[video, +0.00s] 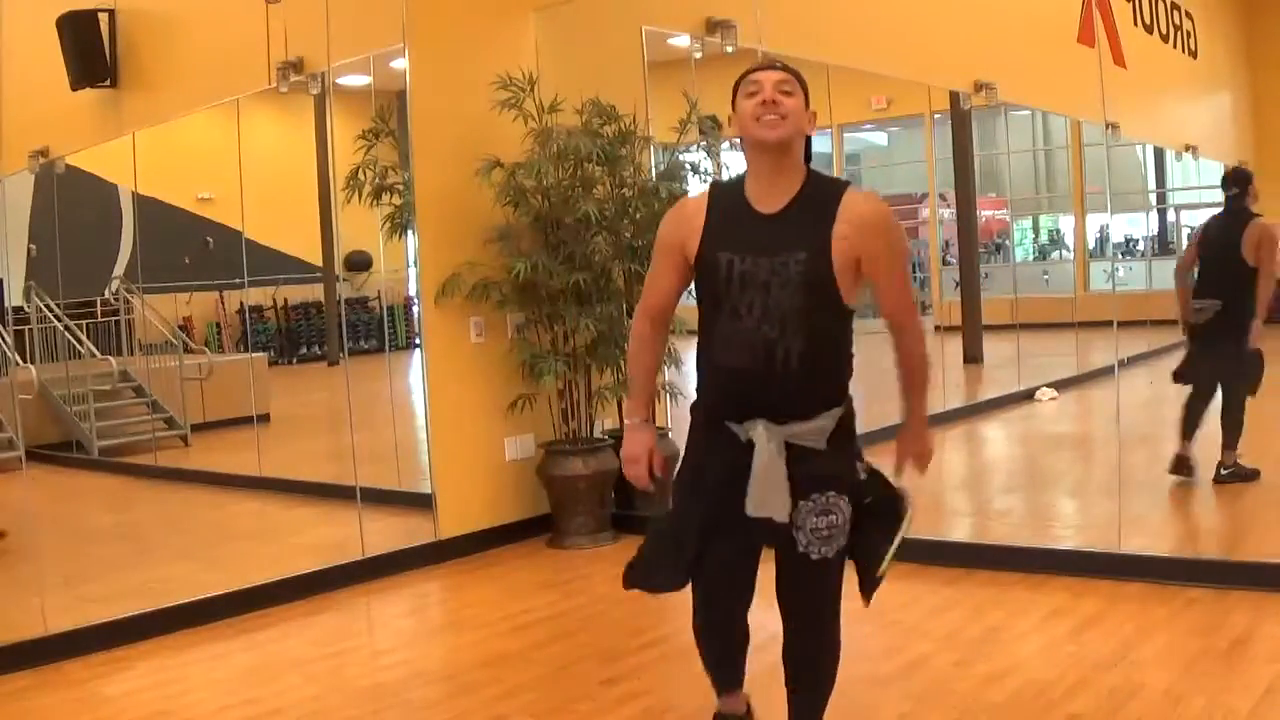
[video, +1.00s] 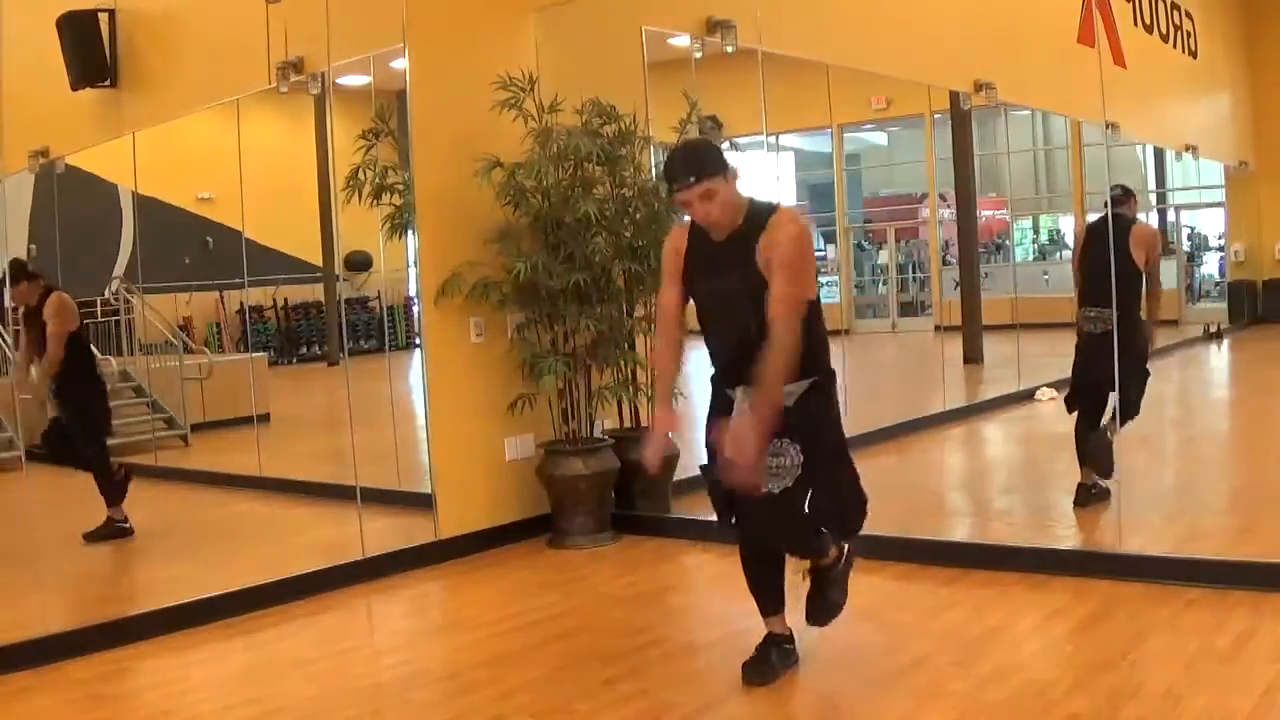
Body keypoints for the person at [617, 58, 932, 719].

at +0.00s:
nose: (769, 98)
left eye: (785, 91)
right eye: (753, 92)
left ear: (810, 120)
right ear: (734, 123)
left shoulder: (858, 214)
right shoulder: (692, 218)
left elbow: (906, 326)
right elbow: (649, 321)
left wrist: (915, 421)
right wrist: (637, 421)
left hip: (817, 443)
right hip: (722, 441)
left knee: (811, 612)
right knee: (716, 604)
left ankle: (806, 716)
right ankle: (729, 706)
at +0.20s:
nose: (756, 127)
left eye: (771, 120)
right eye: (740, 121)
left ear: (792, 148)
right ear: (722, 149)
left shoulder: (838, 229)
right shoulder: (688, 235)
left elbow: (917, 284)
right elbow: (648, 326)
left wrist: (972, 340)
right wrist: (651, 413)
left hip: (799, 434)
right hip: (718, 433)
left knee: (801, 593)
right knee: (724, 559)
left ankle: (804, 712)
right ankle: (755, 619)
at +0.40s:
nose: (726, 194)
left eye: (739, 184)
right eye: (714, 186)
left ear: (763, 201)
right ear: (702, 206)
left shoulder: (805, 280)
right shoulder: (685, 282)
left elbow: (877, 357)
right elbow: (656, 358)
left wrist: (925, 433)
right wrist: (651, 408)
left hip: (787, 457)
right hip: (716, 452)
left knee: (791, 586)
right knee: (723, 560)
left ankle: (798, 707)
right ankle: (771, 630)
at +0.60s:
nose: (713, 165)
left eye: (724, 155)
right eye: (701, 160)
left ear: (746, 168)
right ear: (691, 181)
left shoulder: (784, 232)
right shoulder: (680, 249)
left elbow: (771, 331)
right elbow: (637, 332)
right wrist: (619, 284)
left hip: (795, 406)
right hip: (732, 408)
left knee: (791, 535)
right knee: (743, 533)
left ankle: (787, 668)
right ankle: (775, 628)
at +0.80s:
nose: (708, 167)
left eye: (719, 156)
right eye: (696, 160)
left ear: (739, 167)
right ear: (684, 178)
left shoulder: (770, 225)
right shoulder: (676, 238)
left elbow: (705, 285)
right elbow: (633, 295)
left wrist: (623, 239)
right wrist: (615, 226)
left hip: (803, 391)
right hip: (743, 395)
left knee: (778, 512)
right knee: (754, 519)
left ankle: (817, 602)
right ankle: (778, 632)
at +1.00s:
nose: (699, 214)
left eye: (706, 198)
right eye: (687, 205)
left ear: (731, 180)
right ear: (678, 201)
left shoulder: (784, 229)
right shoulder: (683, 241)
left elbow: (785, 334)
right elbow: (669, 332)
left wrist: (756, 419)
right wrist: (662, 411)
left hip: (798, 392)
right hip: (734, 395)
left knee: (776, 509)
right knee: (749, 515)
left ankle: (828, 555)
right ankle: (777, 637)